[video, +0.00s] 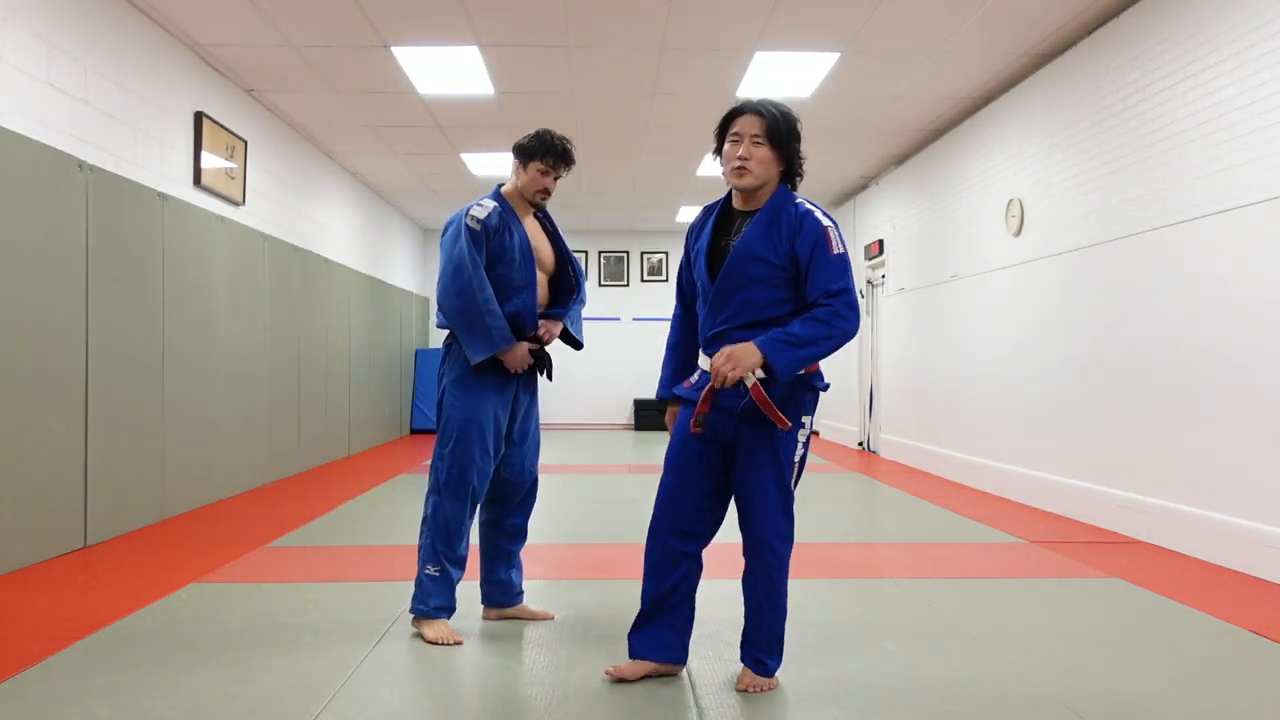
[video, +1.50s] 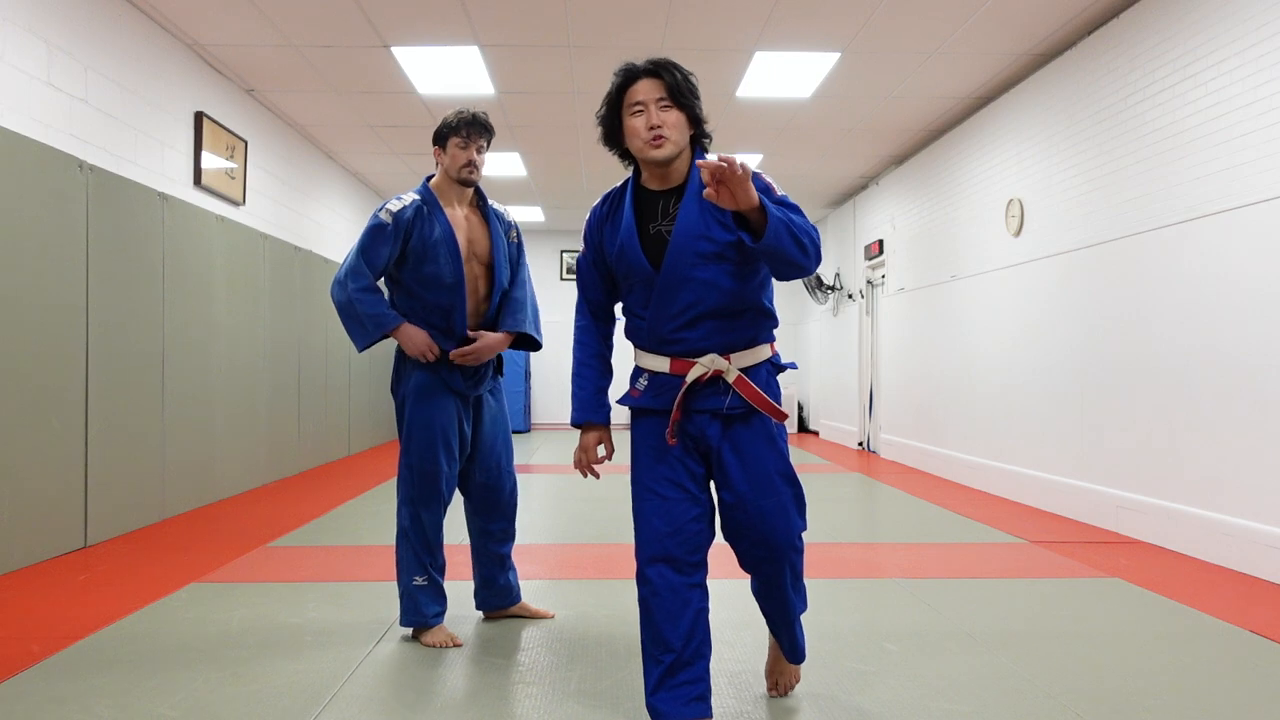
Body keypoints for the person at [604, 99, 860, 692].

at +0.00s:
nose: (742, 151)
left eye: (757, 142)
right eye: (734, 140)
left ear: (784, 157)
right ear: (721, 153)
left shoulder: (809, 224)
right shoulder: (705, 223)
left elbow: (840, 315)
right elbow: (686, 314)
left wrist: (762, 350)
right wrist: (674, 393)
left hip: (773, 400)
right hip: (706, 395)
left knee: (765, 540)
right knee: (673, 528)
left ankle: (761, 660)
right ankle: (660, 651)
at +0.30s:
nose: (738, 147)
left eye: (753, 137)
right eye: (728, 136)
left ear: (779, 153)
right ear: (712, 150)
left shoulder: (805, 218)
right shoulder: (689, 226)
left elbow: (861, 288)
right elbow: (664, 314)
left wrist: (806, 226)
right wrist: (646, 395)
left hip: (778, 394)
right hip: (704, 391)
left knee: (769, 537)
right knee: (692, 530)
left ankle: (759, 661)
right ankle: (682, 672)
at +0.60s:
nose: (717, 142)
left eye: (730, 131)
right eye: (704, 133)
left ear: (753, 146)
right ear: (687, 149)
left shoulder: (783, 213)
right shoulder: (662, 228)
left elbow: (856, 269)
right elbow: (635, 323)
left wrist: (802, 197)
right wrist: (626, 409)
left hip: (769, 401)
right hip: (689, 402)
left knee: (768, 547)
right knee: (690, 552)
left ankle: (762, 656)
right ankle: (691, 697)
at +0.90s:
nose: (669, 130)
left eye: (681, 116)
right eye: (653, 121)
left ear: (707, 127)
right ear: (636, 141)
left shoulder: (745, 191)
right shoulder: (622, 217)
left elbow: (817, 253)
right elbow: (601, 317)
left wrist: (766, 198)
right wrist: (594, 407)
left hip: (748, 395)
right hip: (662, 398)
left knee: (757, 541)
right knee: (666, 561)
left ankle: (760, 653)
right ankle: (678, 707)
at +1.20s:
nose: (639, 127)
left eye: (652, 112)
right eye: (622, 118)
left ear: (678, 122)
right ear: (607, 139)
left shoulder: (726, 187)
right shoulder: (594, 218)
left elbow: (801, 259)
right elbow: (580, 319)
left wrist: (746, 217)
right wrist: (580, 417)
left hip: (741, 390)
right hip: (653, 398)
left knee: (765, 537)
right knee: (665, 565)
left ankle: (779, 640)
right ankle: (679, 709)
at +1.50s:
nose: (654, 119)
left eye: (667, 105)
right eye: (638, 111)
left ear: (692, 119)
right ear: (621, 133)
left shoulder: (736, 184)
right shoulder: (608, 216)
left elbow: (805, 257)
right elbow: (593, 319)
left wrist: (753, 210)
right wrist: (589, 416)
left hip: (746, 390)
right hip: (659, 398)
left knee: (771, 541)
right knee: (667, 567)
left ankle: (785, 641)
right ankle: (678, 709)